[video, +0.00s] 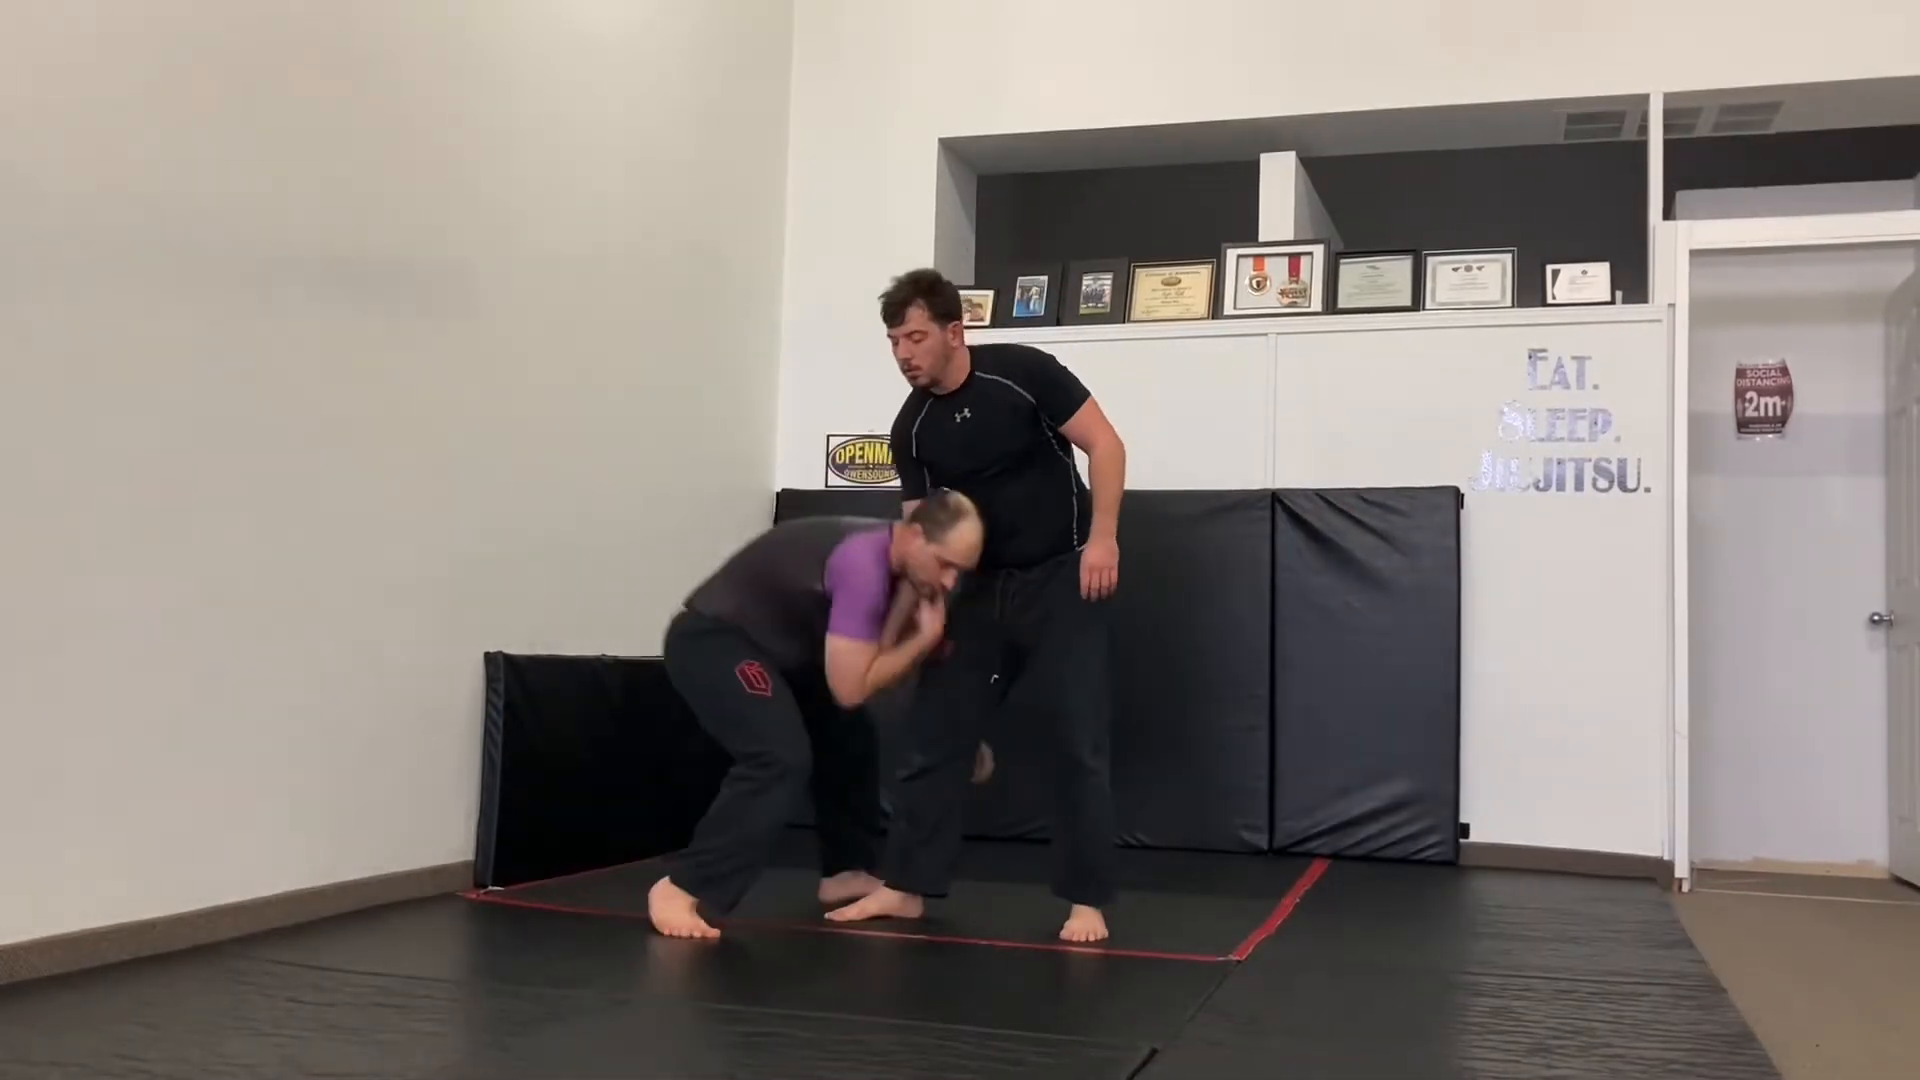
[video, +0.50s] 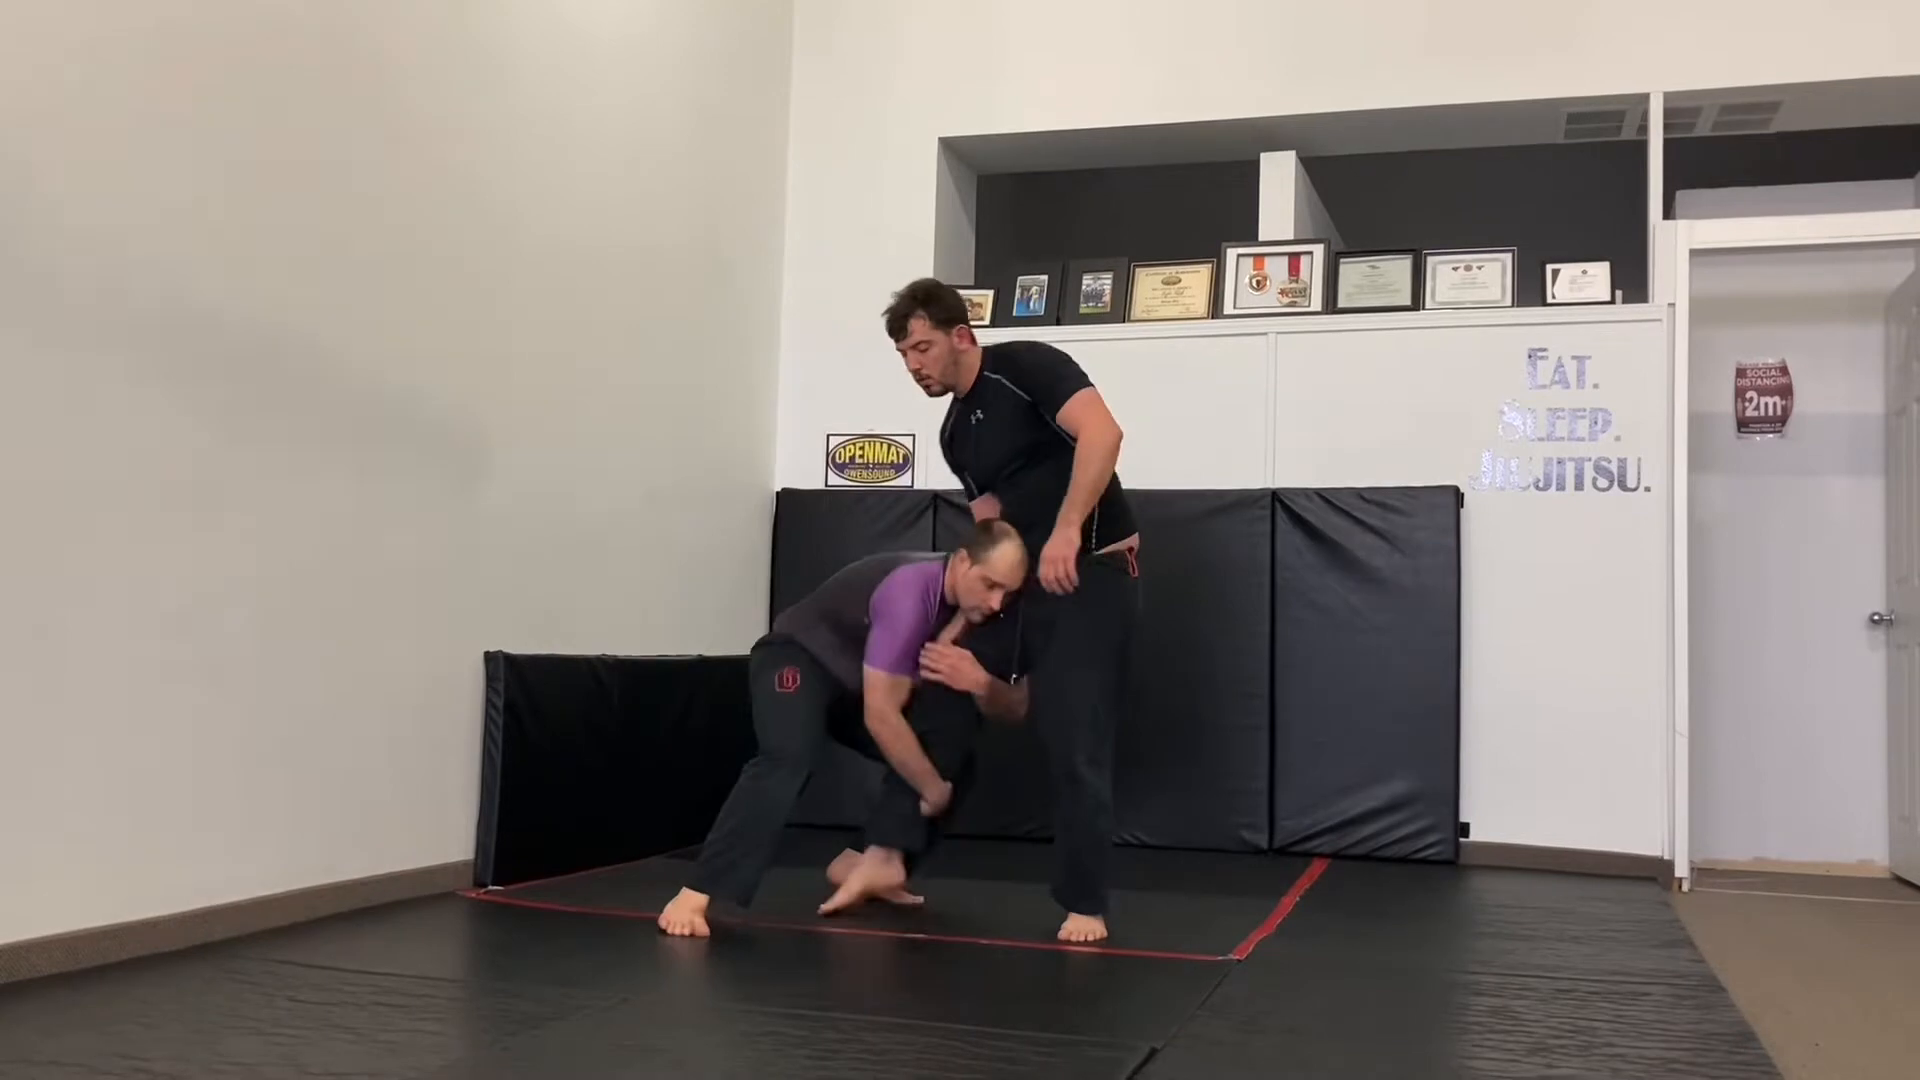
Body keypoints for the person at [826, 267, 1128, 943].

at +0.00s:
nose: (903, 352)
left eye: (914, 338)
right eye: (895, 340)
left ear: (955, 331)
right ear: (893, 341)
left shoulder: (1026, 372)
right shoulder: (910, 429)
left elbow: (1106, 445)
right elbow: (919, 530)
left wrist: (1104, 538)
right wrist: (913, 616)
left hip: (1059, 580)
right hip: (971, 589)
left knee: (1077, 738)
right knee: (933, 733)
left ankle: (1087, 901)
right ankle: (907, 886)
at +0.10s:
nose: (898, 360)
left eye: (909, 344)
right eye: (891, 347)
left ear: (951, 334)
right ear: (890, 346)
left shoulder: (1020, 370)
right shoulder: (915, 432)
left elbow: (1106, 440)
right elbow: (940, 533)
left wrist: (1098, 534)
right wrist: (933, 630)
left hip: (1062, 576)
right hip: (981, 587)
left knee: (1075, 735)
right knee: (939, 724)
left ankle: (1087, 900)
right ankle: (906, 885)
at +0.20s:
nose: (898, 368)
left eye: (908, 352)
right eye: (890, 355)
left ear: (948, 342)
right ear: (888, 355)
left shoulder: (1017, 371)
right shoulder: (921, 439)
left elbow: (1109, 440)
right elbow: (954, 533)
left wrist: (1096, 534)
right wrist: (954, 614)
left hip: (1066, 576)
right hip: (991, 589)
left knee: (1076, 739)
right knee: (948, 726)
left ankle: (1086, 903)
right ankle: (907, 886)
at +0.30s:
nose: (898, 373)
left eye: (907, 357)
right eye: (890, 361)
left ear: (947, 344)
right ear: (887, 360)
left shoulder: (1019, 370)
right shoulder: (929, 439)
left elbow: (1109, 436)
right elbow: (962, 539)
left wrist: (1093, 534)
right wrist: (962, 632)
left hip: (1080, 567)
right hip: (1007, 583)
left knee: (1081, 734)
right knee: (959, 721)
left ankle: (1087, 904)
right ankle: (908, 882)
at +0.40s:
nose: (903, 374)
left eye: (911, 357)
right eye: (895, 362)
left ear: (951, 341)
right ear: (898, 359)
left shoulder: (1024, 371)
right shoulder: (942, 440)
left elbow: (1105, 435)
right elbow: (976, 535)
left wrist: (1084, 536)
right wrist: (974, 611)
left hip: (1088, 569)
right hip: (1015, 581)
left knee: (1080, 732)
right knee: (956, 718)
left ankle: (1087, 904)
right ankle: (902, 875)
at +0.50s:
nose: (912, 367)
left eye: (919, 350)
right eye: (904, 354)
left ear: (960, 336)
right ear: (908, 351)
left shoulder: (1030, 364)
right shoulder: (956, 432)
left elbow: (1102, 434)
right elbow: (990, 530)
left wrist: (1068, 528)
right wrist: (962, 620)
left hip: (1088, 566)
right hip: (1018, 574)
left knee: (1073, 730)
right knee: (945, 699)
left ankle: (1085, 906)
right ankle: (884, 854)